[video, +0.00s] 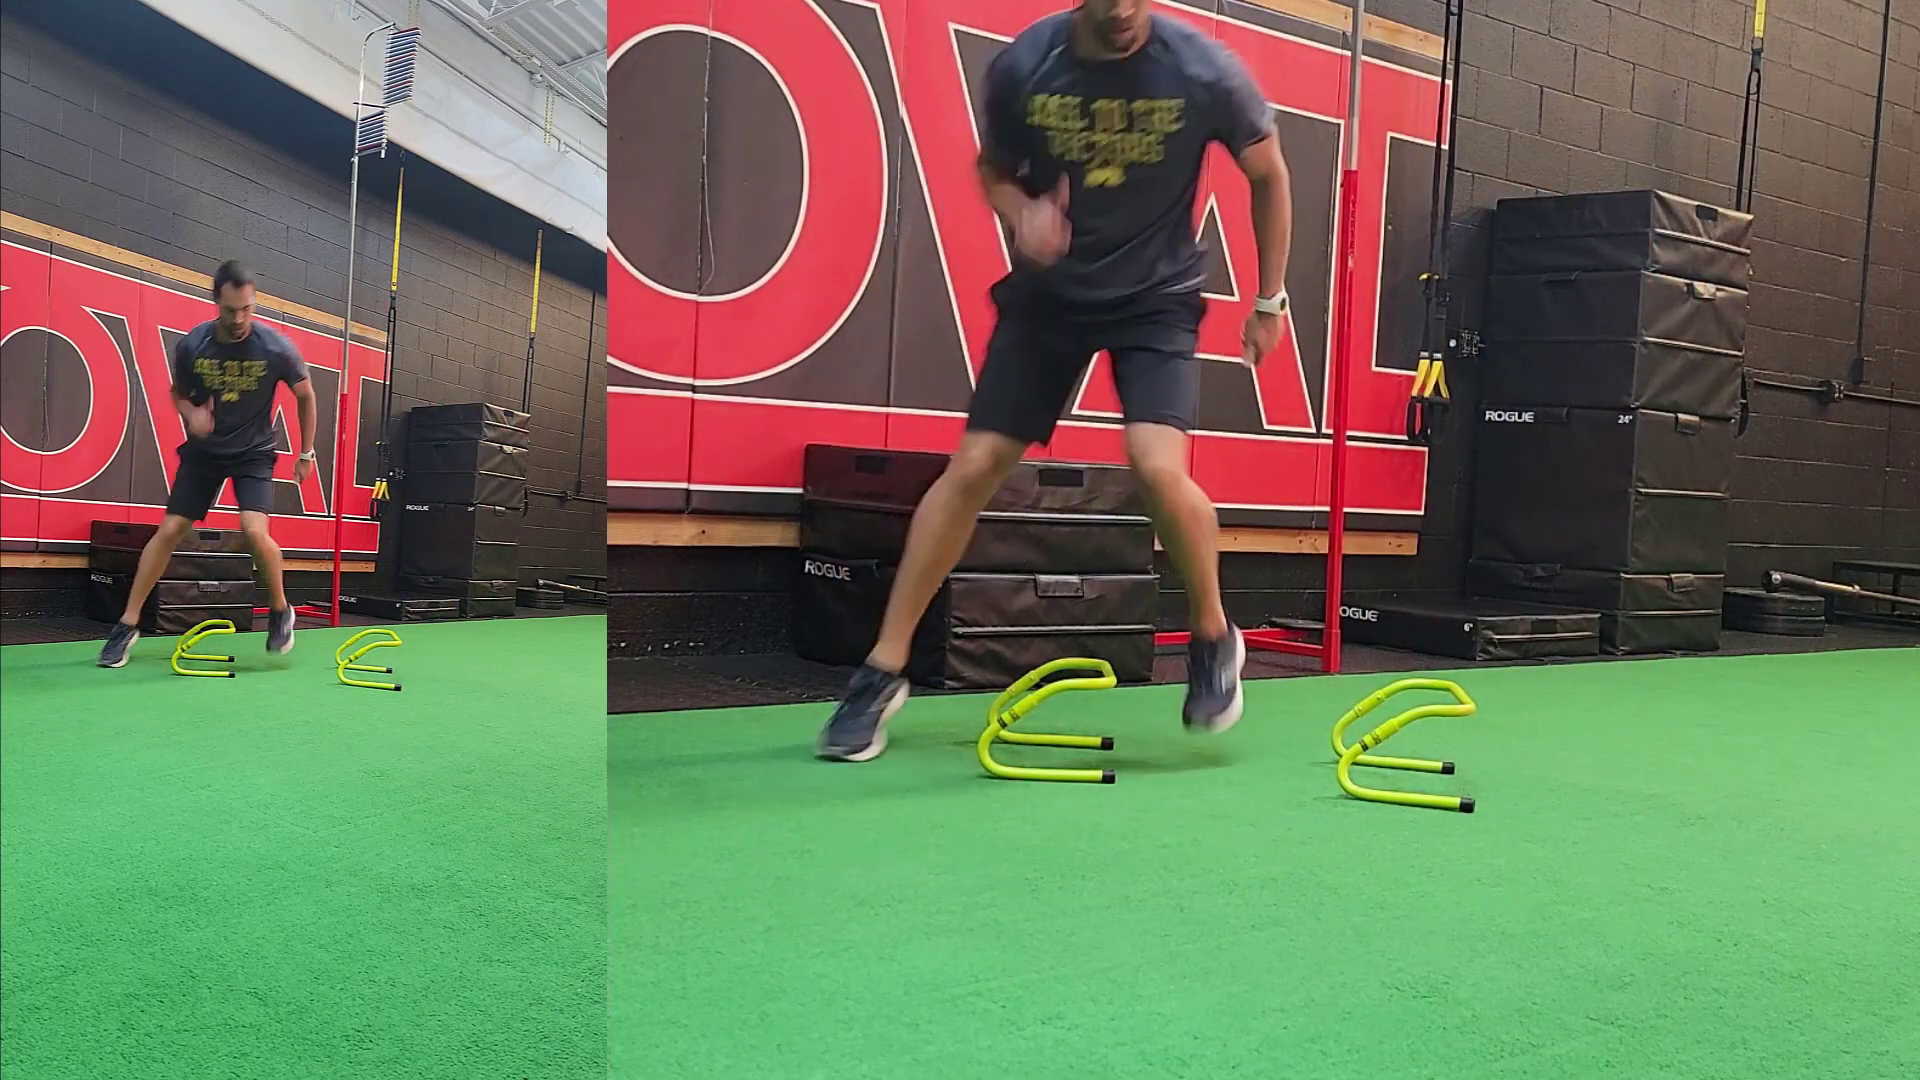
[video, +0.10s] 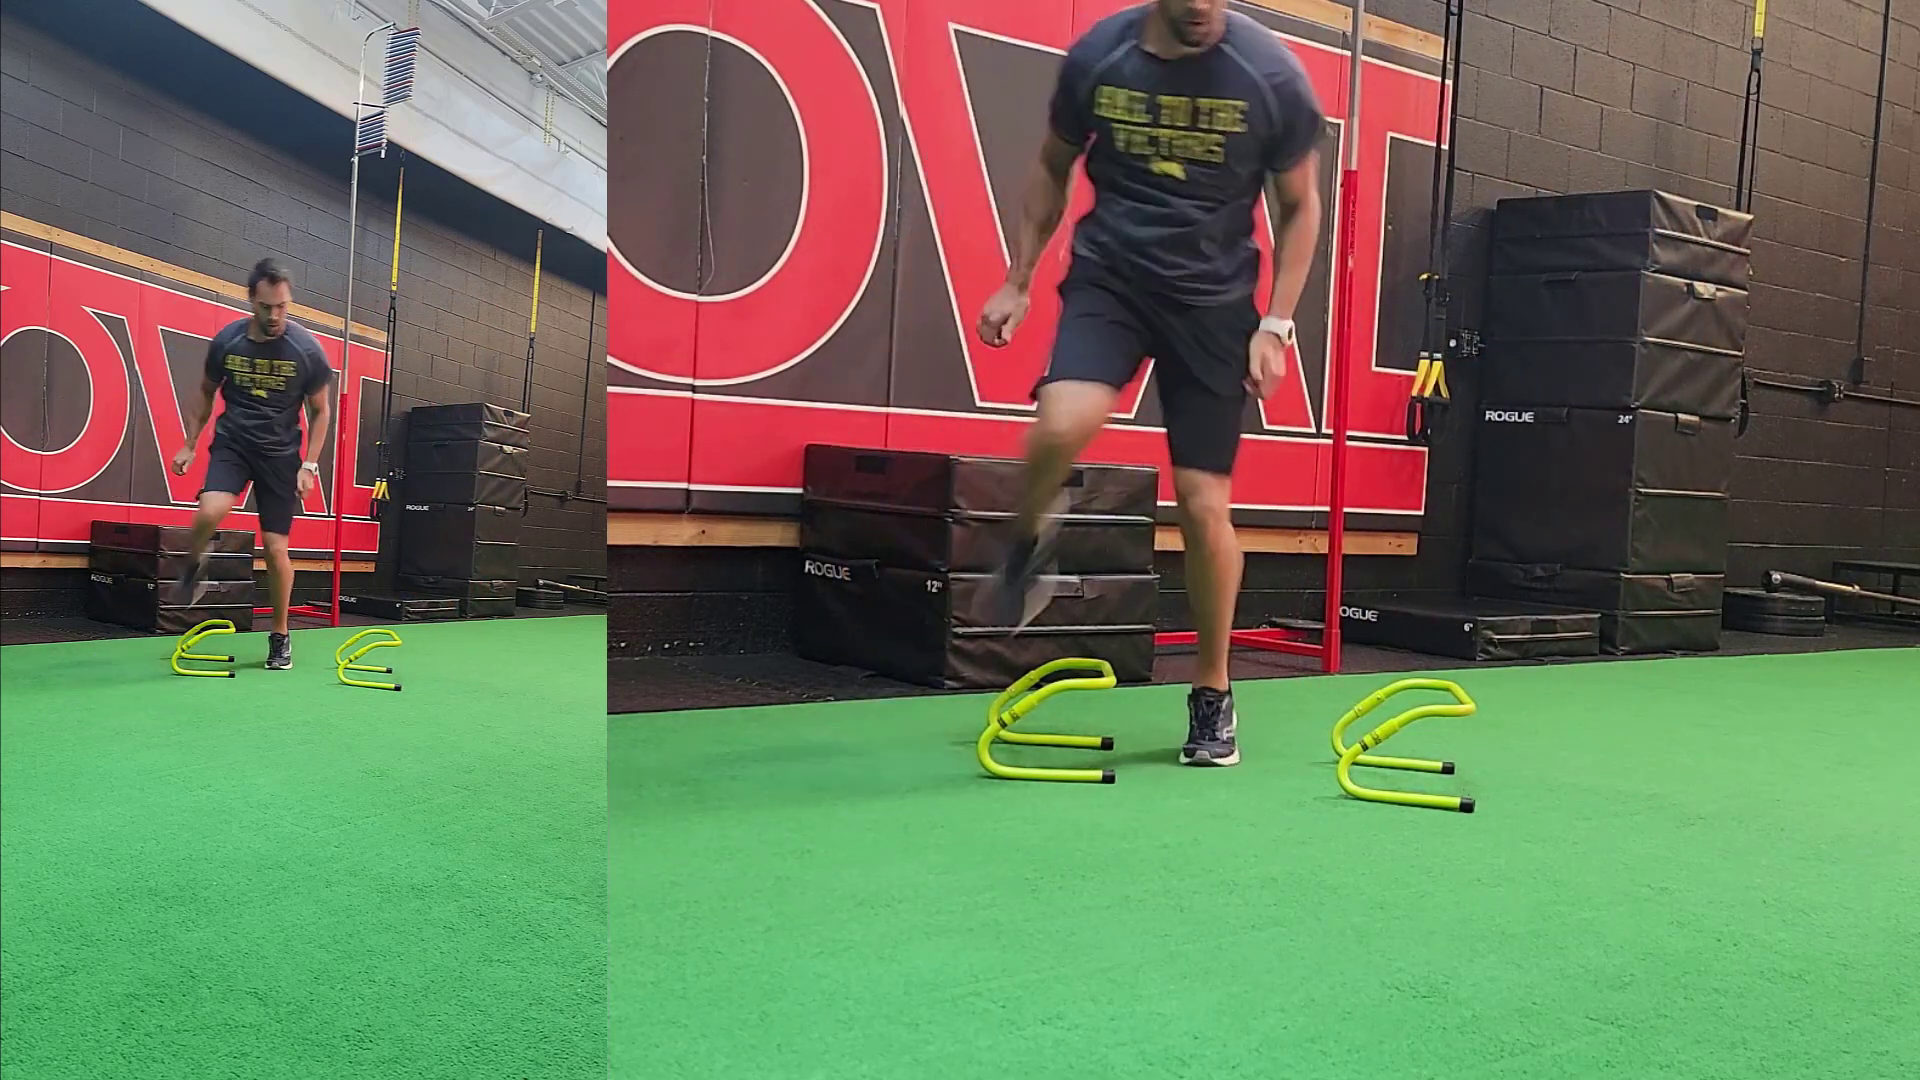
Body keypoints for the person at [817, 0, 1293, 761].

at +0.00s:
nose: (1125, 16)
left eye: (1137, 2)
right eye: (1108, 4)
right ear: (1080, 3)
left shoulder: (1207, 71)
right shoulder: (1021, 67)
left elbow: (1270, 177)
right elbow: (994, 172)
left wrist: (1271, 296)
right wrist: (1022, 213)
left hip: (1154, 296)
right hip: (1045, 296)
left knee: (1158, 469)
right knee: (973, 466)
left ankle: (1213, 636)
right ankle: (884, 666)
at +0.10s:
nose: (1206, 11)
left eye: (1218, 1)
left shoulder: (1274, 77)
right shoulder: (1098, 56)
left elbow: (1301, 207)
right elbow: (1052, 165)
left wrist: (1277, 326)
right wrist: (1016, 281)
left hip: (1212, 303)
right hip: (1109, 283)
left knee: (1202, 502)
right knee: (1059, 429)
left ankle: (1212, 693)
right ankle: (1026, 546)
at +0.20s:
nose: (1265, 5)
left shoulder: (1328, 64)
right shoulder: (1147, 51)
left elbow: (1353, 196)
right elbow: (1089, 146)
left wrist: (1301, 201)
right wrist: (1046, 250)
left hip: (1273, 295)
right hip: (1173, 270)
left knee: (1251, 491)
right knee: (1193, 381)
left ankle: (1222, 694)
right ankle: (1176, 512)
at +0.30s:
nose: (1327, 5)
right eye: (1315, 1)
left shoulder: (1379, 46)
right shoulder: (1201, 48)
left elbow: (1406, 154)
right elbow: (1146, 159)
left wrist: (1378, 183)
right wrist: (1107, 272)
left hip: (1331, 277)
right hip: (1232, 271)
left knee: (1339, 459)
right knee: (1260, 449)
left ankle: (1287, 598)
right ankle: (1230, 670)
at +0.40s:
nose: (1386, 13)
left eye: (1397, 2)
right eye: (1371, 1)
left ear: (1407, 1)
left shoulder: (1434, 73)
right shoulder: (1260, 83)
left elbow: (1443, 179)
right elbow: (1205, 217)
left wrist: (1455, 281)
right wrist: (1176, 341)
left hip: (1390, 312)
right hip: (1280, 325)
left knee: (1464, 446)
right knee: (1284, 514)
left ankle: (1417, 525)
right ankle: (1241, 715)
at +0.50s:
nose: (1453, 22)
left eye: (1465, 8)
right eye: (1437, 7)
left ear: (1477, 5)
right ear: (1393, 1)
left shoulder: (1491, 65)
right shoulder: (1324, 89)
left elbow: (1499, 170)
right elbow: (1277, 226)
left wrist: (1498, 289)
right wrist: (1275, 362)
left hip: (1449, 295)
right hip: (1342, 307)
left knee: (1517, 450)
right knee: (1332, 483)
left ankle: (1554, 623)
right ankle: (1254, 695)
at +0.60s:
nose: (1515, 59)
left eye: (1530, 40)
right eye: (1497, 37)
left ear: (1543, 28)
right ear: (1453, 20)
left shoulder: (1553, 96)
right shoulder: (1387, 116)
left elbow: (1551, 191)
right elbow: (1344, 264)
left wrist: (1535, 283)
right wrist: (1421, 342)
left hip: (1504, 310)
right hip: (1402, 311)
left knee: (1545, 499)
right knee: (1427, 461)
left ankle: (1595, 709)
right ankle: (1333, 566)